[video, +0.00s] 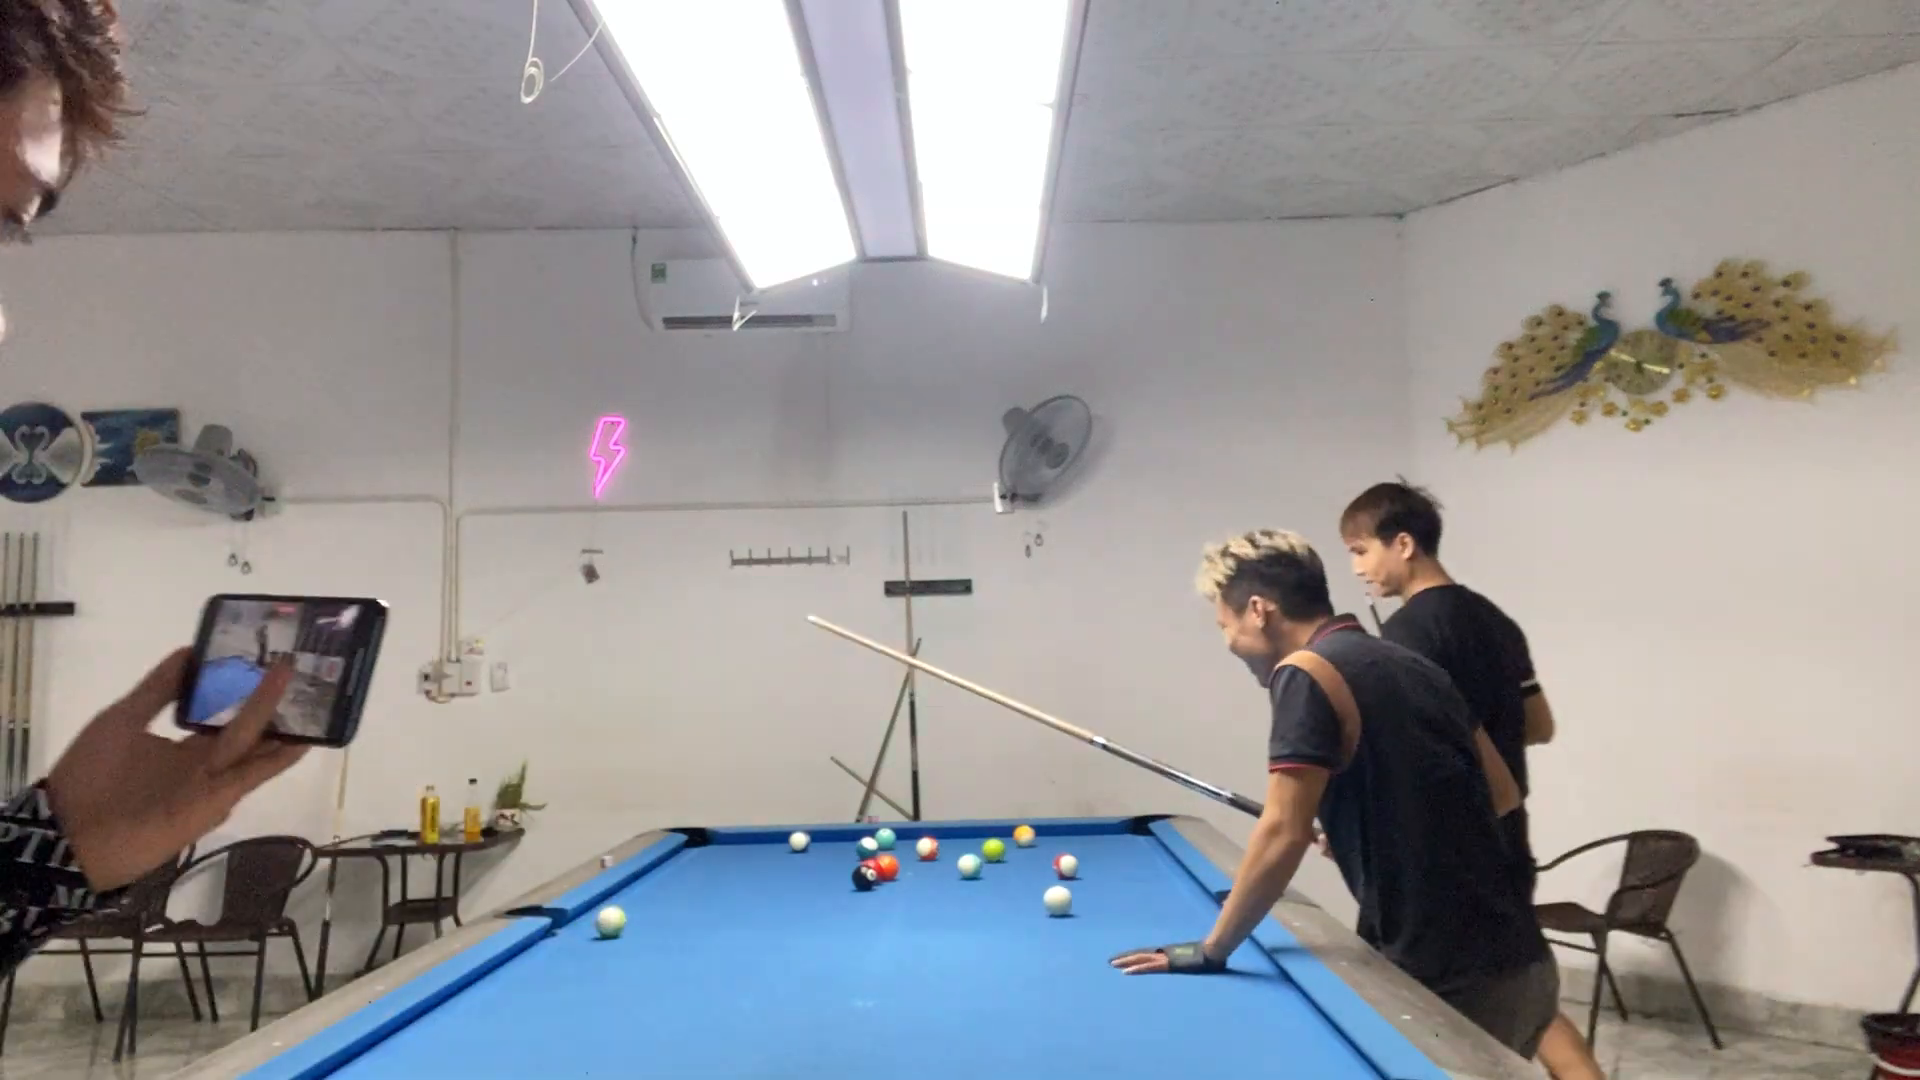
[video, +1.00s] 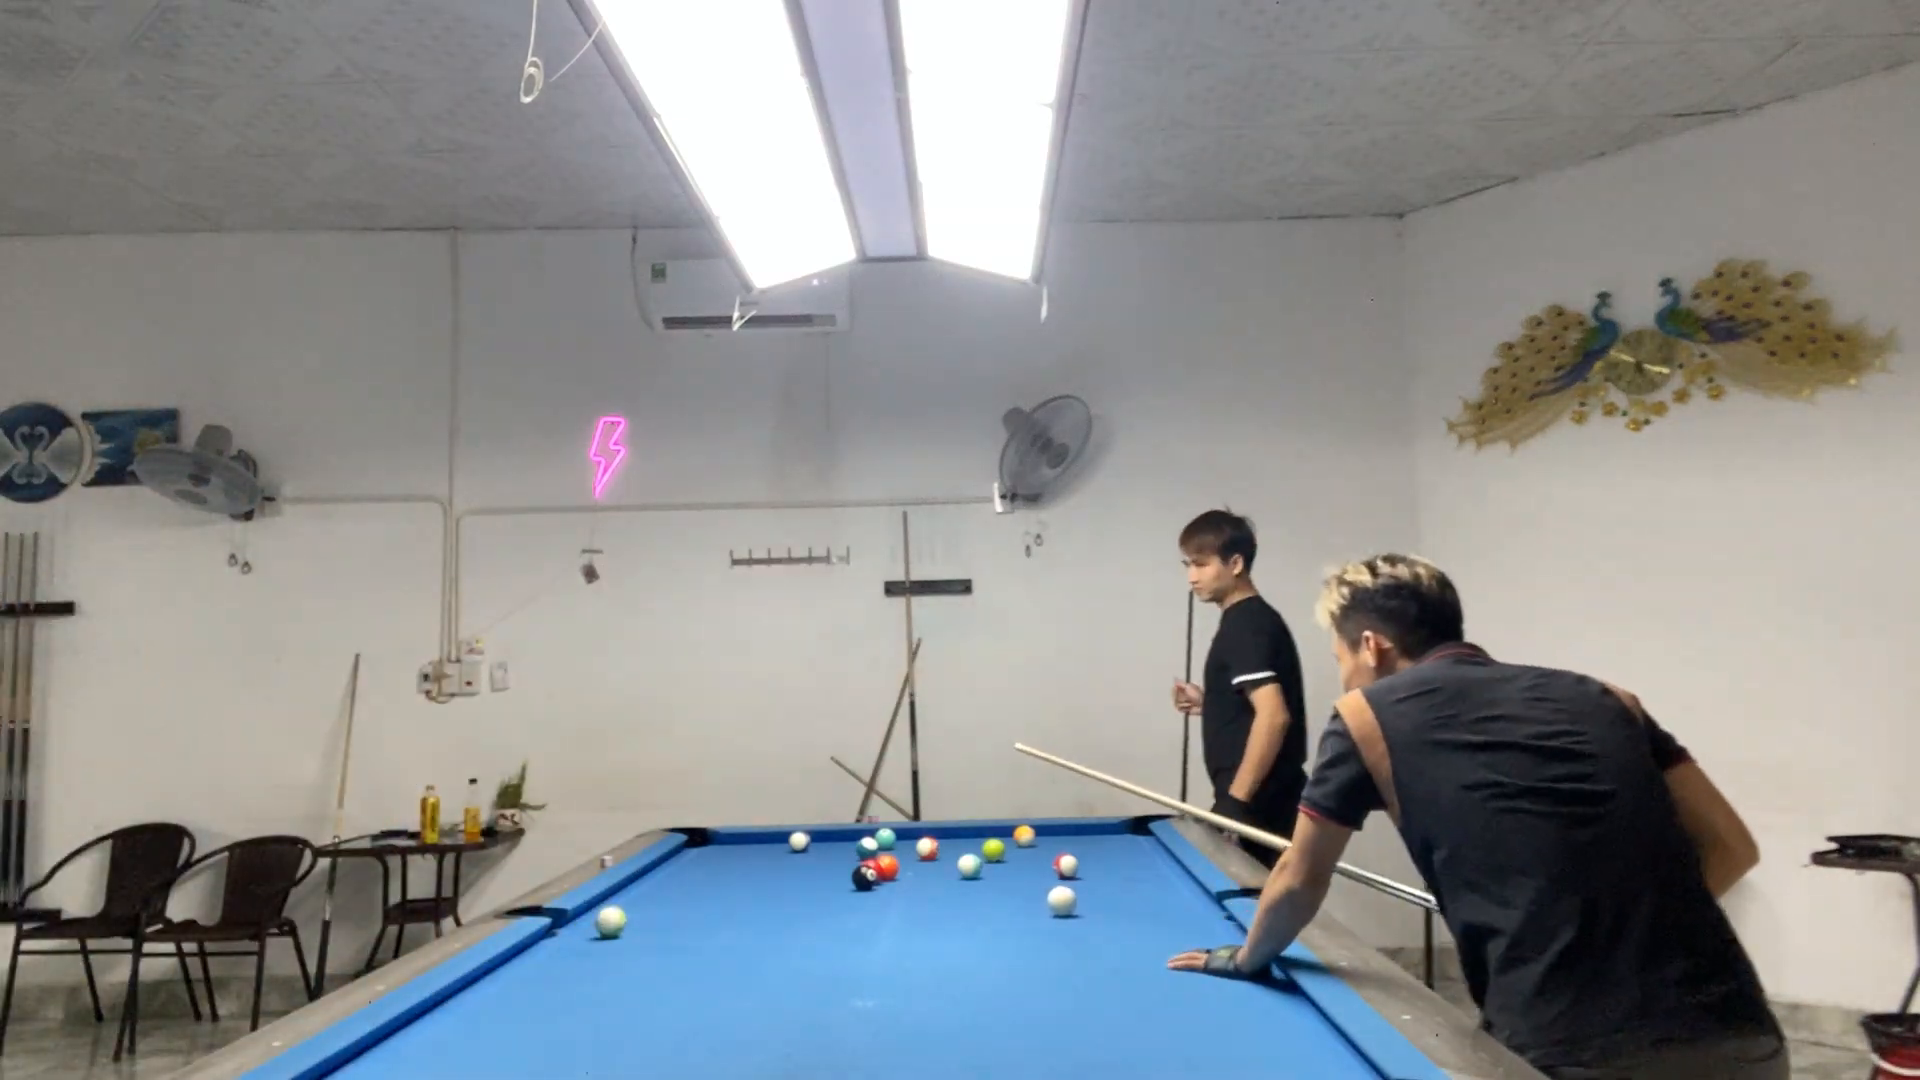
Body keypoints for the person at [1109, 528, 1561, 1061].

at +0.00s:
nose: (1228, 642)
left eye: (1225, 624)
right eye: (1223, 627)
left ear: (1260, 610)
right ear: (1320, 600)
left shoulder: (1309, 674)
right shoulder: (1416, 666)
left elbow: (1284, 831)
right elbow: (1503, 794)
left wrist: (1211, 950)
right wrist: (1363, 829)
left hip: (1447, 974)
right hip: (1515, 957)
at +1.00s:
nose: (1341, 680)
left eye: (1340, 661)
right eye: (1336, 663)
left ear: (1375, 650)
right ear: (1457, 637)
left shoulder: (1369, 715)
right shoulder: (1602, 695)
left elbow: (1299, 878)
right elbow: (1730, 846)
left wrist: (1248, 960)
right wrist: (1635, 919)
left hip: (1567, 1045)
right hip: (1732, 1034)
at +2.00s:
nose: (1329, 787)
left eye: (1328, 770)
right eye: (1327, 773)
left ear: (1360, 757)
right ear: (1436, 727)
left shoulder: (1353, 810)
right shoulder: (1555, 737)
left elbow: (1245, 910)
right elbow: (1717, 723)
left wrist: (1175, 927)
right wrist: (1852, 881)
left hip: (1607, 1062)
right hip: (1745, 1042)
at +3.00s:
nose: (1330, 829)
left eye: (1326, 818)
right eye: (1326, 821)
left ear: (1348, 803)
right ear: (1427, 772)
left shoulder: (1352, 847)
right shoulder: (1537, 762)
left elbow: (1243, 933)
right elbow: (1679, 716)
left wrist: (1175, 923)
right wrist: (1749, 885)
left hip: (1611, 1055)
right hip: (1745, 1036)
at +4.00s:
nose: (1336, 824)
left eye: (1332, 812)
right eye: (1332, 814)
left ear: (1356, 800)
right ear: (1428, 767)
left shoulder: (1354, 846)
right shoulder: (1539, 765)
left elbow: (1241, 934)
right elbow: (1695, 762)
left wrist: (1168, 921)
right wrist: (1687, 924)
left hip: (1608, 1052)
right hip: (1744, 1030)